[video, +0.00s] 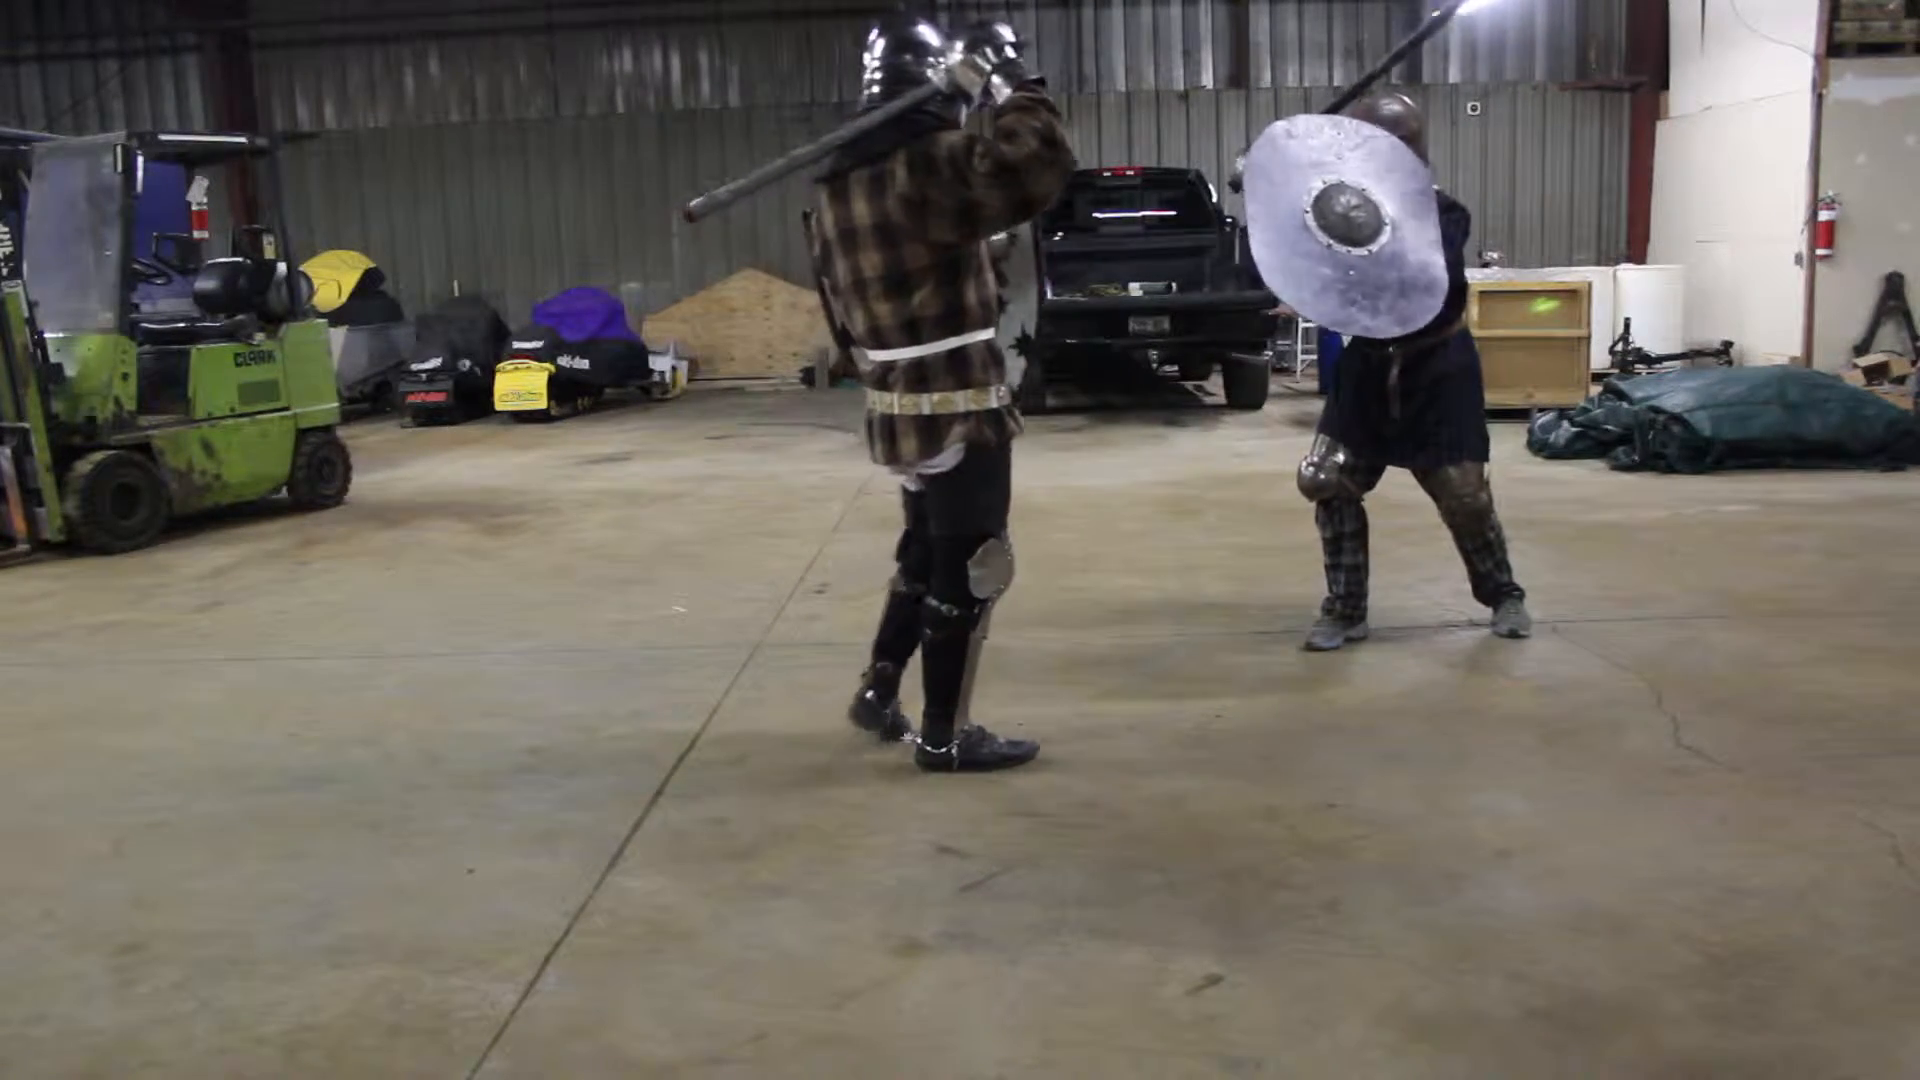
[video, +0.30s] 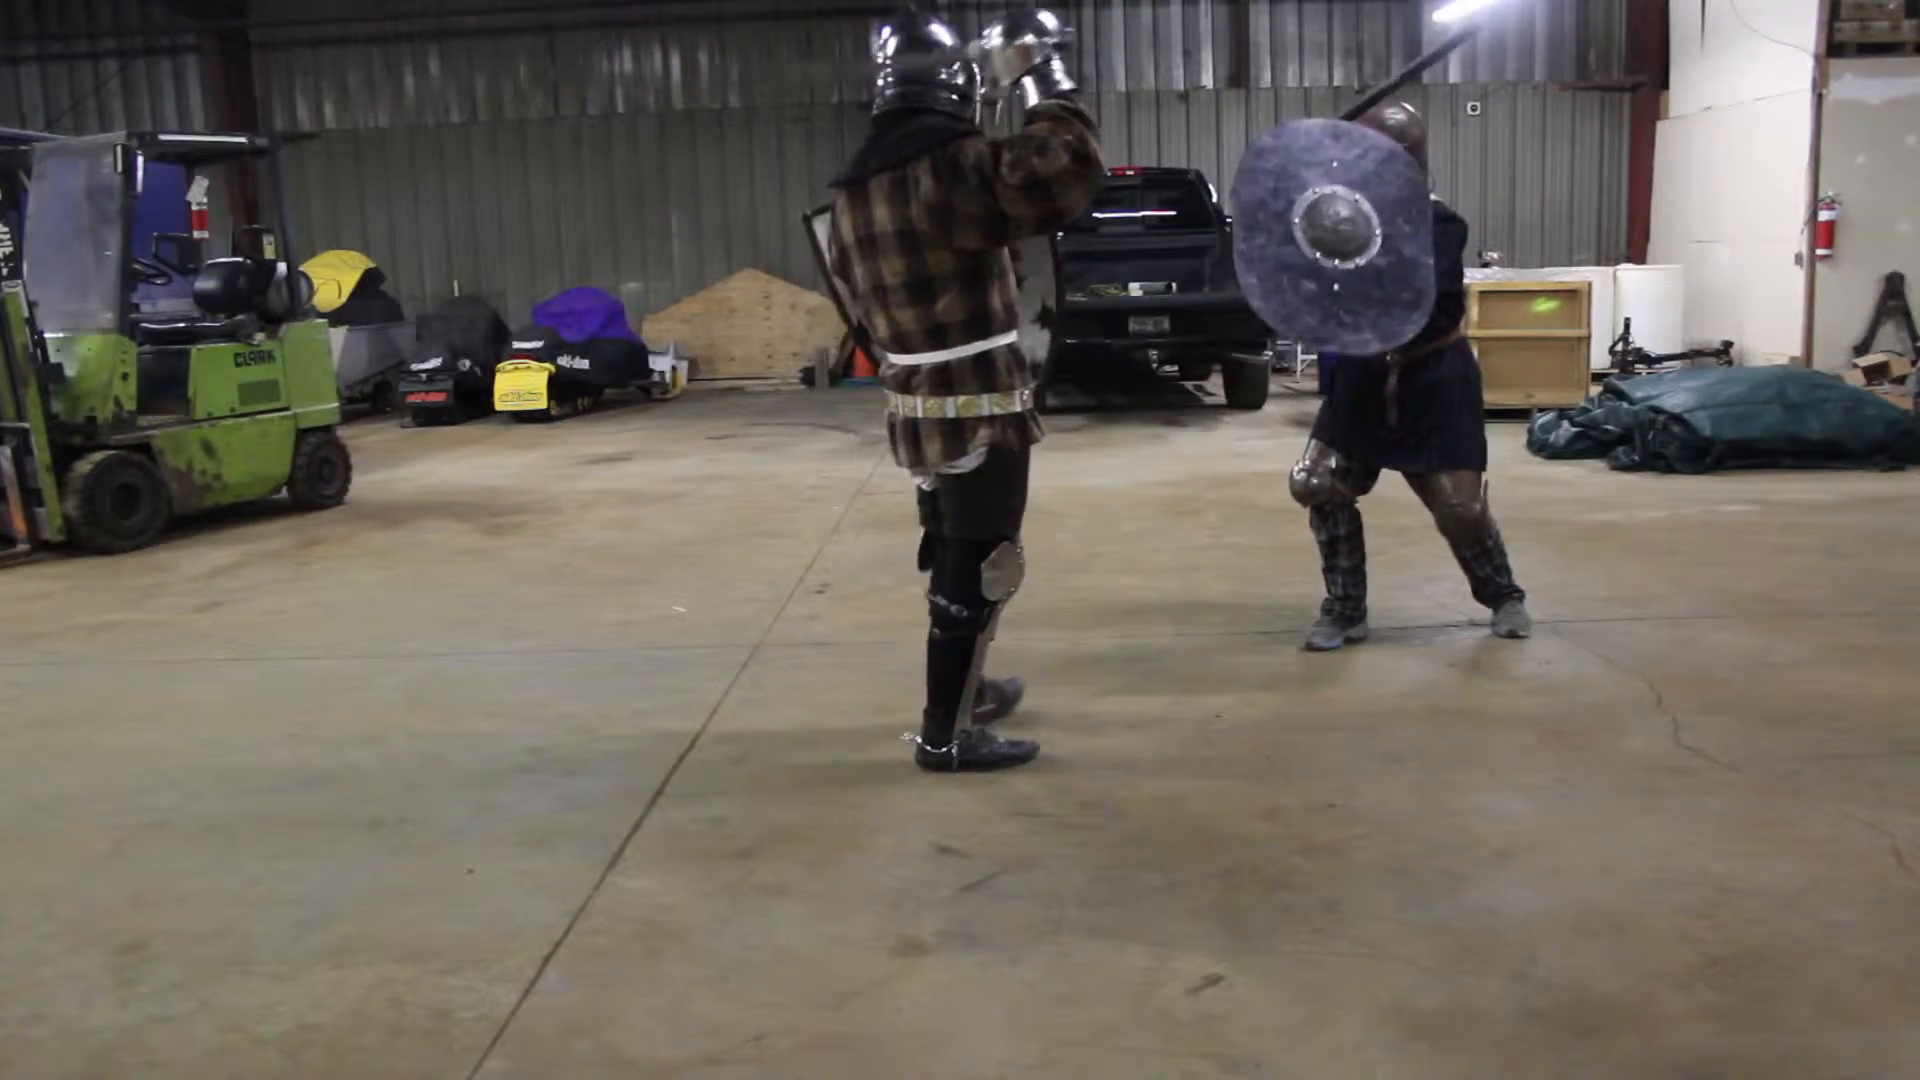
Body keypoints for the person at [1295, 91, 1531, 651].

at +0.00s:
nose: (1374, 156)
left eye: (1387, 143)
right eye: (1363, 143)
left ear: (1413, 148)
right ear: (1353, 147)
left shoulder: (1443, 215)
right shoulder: (1347, 209)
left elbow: (1438, 305)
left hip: (1438, 357)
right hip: (1365, 358)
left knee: (1461, 489)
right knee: (1330, 479)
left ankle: (1504, 597)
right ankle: (1344, 610)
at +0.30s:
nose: (1379, 165)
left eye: (1392, 153)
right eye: (1368, 152)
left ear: (1416, 159)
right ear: (1355, 156)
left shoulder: (1439, 226)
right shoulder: (1343, 216)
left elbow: (1449, 315)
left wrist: (1403, 349)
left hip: (1434, 368)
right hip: (1358, 367)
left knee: (1458, 504)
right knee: (1319, 482)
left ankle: (1504, 599)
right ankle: (1344, 610)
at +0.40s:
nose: (1391, 148)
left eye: (1401, 136)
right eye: (1381, 136)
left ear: (1421, 146)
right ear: (1363, 144)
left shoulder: (1443, 215)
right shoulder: (1345, 208)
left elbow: (1427, 298)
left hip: (1433, 360)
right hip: (1354, 363)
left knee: (1464, 495)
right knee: (1324, 484)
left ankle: (1503, 597)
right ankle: (1344, 611)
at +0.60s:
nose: (1373, 161)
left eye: (1383, 151)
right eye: (1360, 152)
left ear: (1402, 155)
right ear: (1341, 160)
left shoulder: (1435, 193)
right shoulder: (1326, 205)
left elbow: (1455, 248)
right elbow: (1278, 259)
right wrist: (1267, 189)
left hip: (1437, 342)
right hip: (1359, 346)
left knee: (1470, 481)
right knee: (1337, 481)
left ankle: (1495, 593)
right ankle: (1344, 609)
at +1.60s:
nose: (1456, 168)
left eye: (1465, 155)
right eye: (1445, 156)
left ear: (1482, 161)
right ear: (1426, 163)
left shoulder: (1504, 225)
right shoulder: (1406, 228)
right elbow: (1343, 289)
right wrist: (1339, 219)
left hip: (1504, 363)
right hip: (1434, 366)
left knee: (1507, 499)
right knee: (1383, 480)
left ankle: (1545, 601)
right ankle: (1350, 606)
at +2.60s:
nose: (1374, 165)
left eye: (1388, 152)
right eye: (1365, 156)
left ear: (1406, 155)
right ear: (1348, 162)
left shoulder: (1431, 202)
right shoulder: (1332, 206)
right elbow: (1299, 291)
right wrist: (1283, 238)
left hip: (1448, 335)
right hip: (1382, 344)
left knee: (1458, 471)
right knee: (1343, 474)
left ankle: (1491, 602)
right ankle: (1376, 587)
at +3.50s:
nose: (1363, 170)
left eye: (1373, 158)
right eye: (1349, 158)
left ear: (1390, 157)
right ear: (1333, 164)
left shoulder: (1421, 199)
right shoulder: (1316, 208)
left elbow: (1448, 283)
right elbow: (1294, 296)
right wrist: (1275, 240)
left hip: (1422, 338)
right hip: (1355, 342)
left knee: (1410, 461)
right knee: (1325, 472)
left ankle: (1428, 587)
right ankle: (1351, 580)